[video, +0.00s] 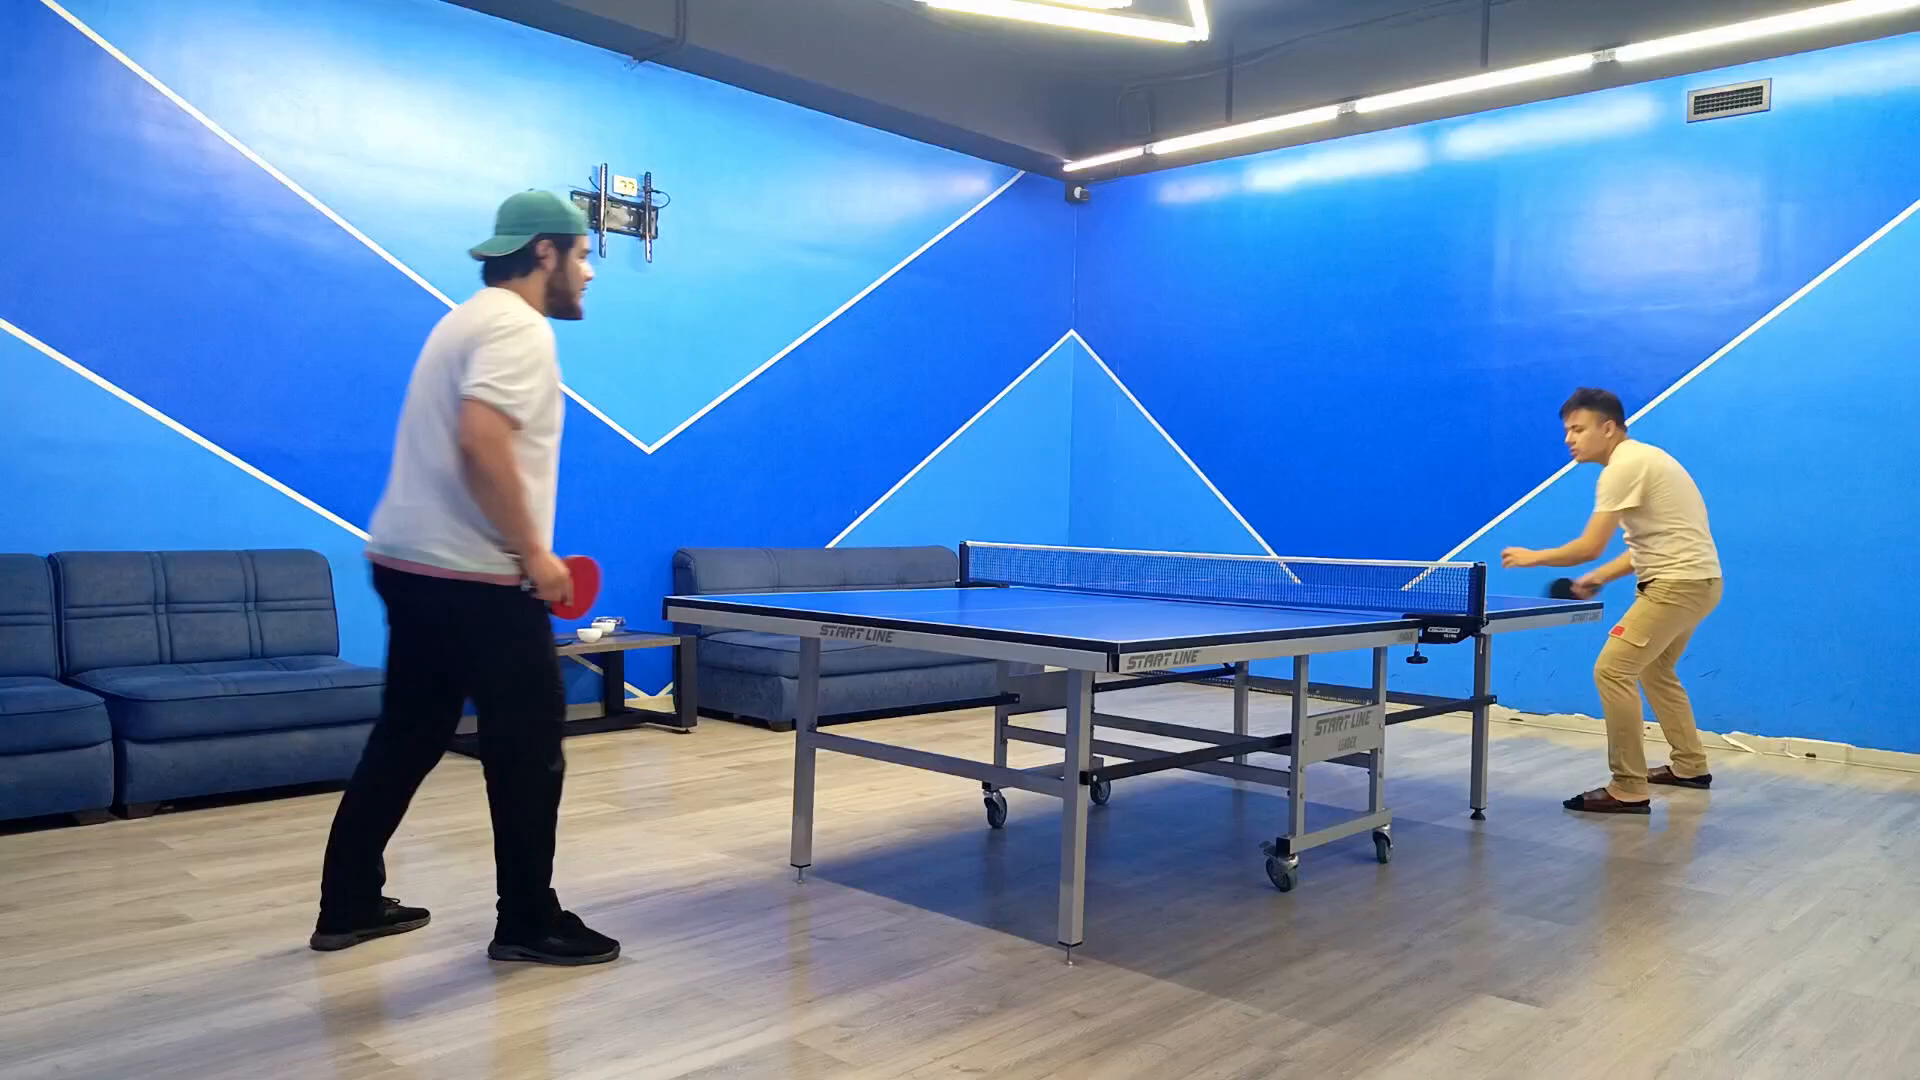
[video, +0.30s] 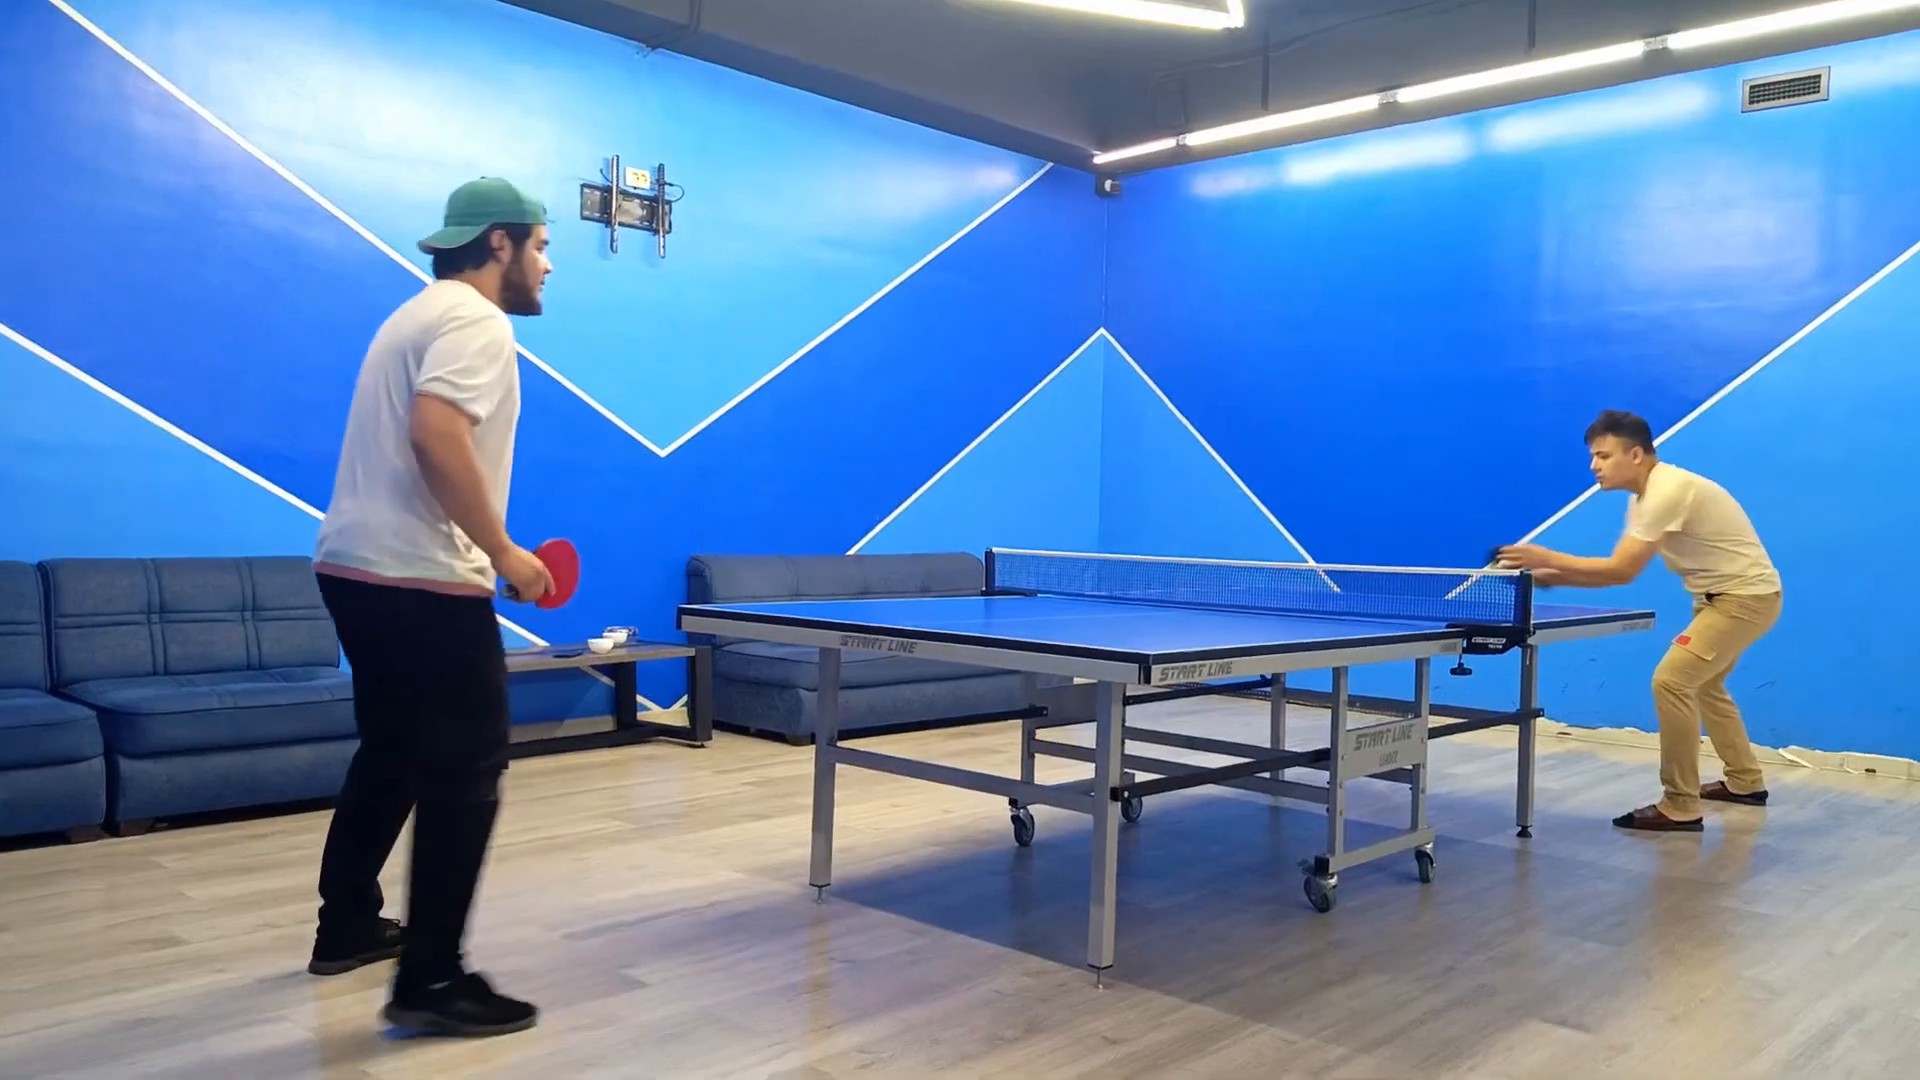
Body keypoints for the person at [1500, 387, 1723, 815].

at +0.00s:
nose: (1569, 439)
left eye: (1577, 429)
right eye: (1567, 430)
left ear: (1610, 428)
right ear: (1611, 431)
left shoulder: (1624, 464)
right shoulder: (1646, 459)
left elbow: (1590, 547)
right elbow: (1652, 545)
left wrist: (1535, 557)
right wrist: (1598, 577)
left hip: (1677, 580)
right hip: (1694, 578)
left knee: (1613, 671)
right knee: (1657, 670)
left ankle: (1629, 788)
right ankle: (1690, 767)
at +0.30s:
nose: (1594, 467)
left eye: (1603, 456)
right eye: (1593, 458)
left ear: (1637, 454)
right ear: (1631, 458)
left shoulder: (1667, 489)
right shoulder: (1644, 496)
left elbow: (1622, 571)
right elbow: (1617, 570)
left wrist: (1547, 558)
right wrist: (1557, 575)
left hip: (1745, 596)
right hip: (1720, 598)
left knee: (1672, 682)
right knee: (1705, 684)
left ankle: (1680, 806)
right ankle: (1746, 783)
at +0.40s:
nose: (1610, 473)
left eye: (1619, 461)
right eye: (1607, 463)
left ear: (1655, 461)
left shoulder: (1704, 495)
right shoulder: (1633, 507)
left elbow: (1673, 577)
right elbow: (1605, 566)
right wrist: (1608, 559)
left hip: (1762, 597)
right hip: (1723, 601)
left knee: (1696, 684)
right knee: (1713, 688)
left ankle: (1699, 811)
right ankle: (1764, 787)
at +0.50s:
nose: (1634, 475)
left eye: (1644, 463)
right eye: (1631, 464)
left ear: (1679, 460)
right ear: (1628, 464)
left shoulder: (1738, 496)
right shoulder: (1645, 502)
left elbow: (1731, 577)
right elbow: (1634, 562)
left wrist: (1684, 536)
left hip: (1769, 599)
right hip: (1718, 607)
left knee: (1715, 693)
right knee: (1714, 696)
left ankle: (1717, 818)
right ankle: (1781, 788)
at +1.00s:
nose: (1639, 491)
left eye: (1651, 481)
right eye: (1634, 482)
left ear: (1682, 483)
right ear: (1630, 485)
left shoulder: (1731, 529)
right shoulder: (1637, 533)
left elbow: (1785, 595)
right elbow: (1622, 609)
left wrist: (1719, 598)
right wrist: (1662, 626)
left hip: (1749, 636)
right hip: (1696, 640)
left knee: (1705, 725)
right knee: (1656, 725)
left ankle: (1714, 850)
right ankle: (1702, 814)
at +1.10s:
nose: (1587, 484)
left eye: (1598, 473)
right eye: (1582, 474)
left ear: (1631, 476)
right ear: (1578, 478)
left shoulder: (1676, 522)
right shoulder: (1594, 529)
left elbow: (1749, 563)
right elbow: (1593, 591)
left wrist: (1687, 586)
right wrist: (1590, 630)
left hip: (1698, 634)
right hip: (1648, 639)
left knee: (1659, 720)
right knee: (1609, 720)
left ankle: (1670, 846)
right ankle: (1655, 809)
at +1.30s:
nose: (1575, 475)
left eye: (1586, 465)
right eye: (1570, 468)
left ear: (1618, 472)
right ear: (1567, 475)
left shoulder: (1648, 515)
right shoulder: (1601, 532)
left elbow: (1680, 587)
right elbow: (1622, 600)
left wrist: (1606, 590)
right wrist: (1575, 635)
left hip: (1687, 634)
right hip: (1645, 638)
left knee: (1625, 719)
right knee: (1597, 717)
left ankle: (1657, 845)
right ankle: (1646, 810)